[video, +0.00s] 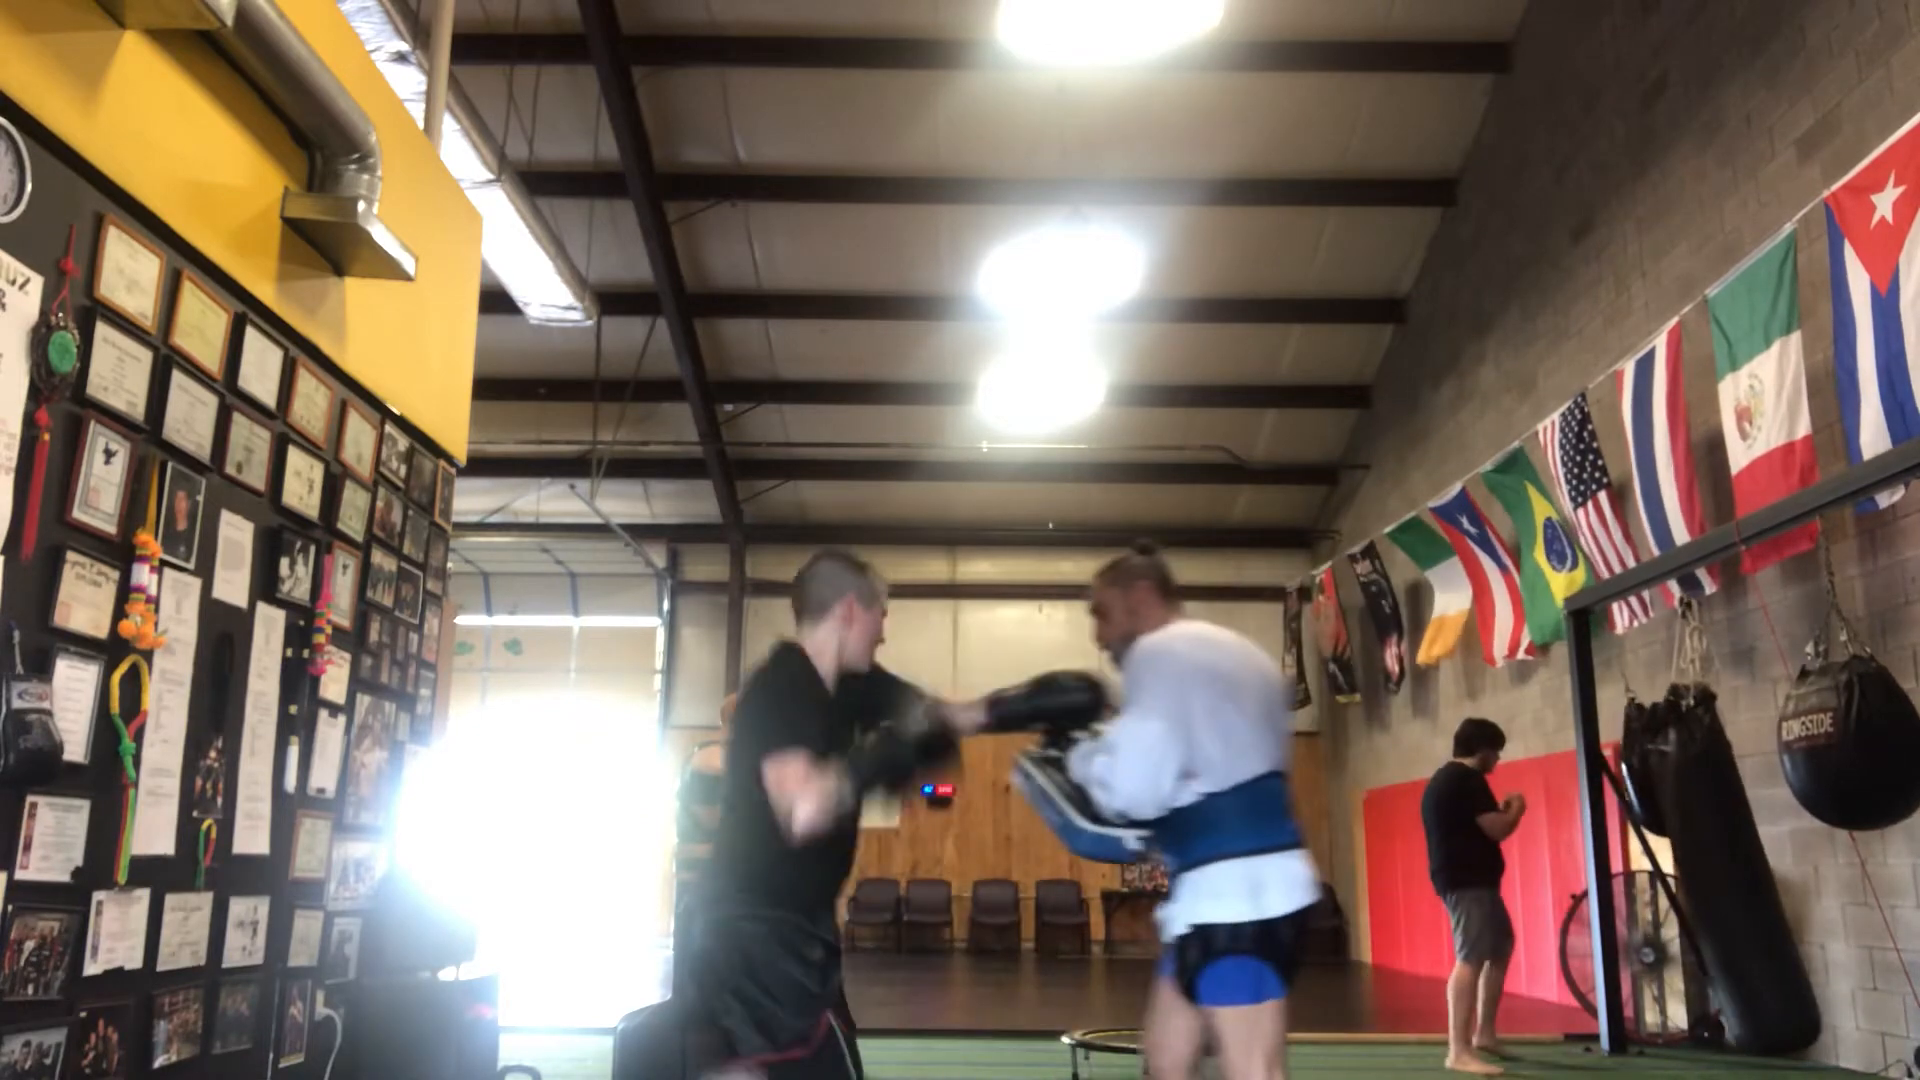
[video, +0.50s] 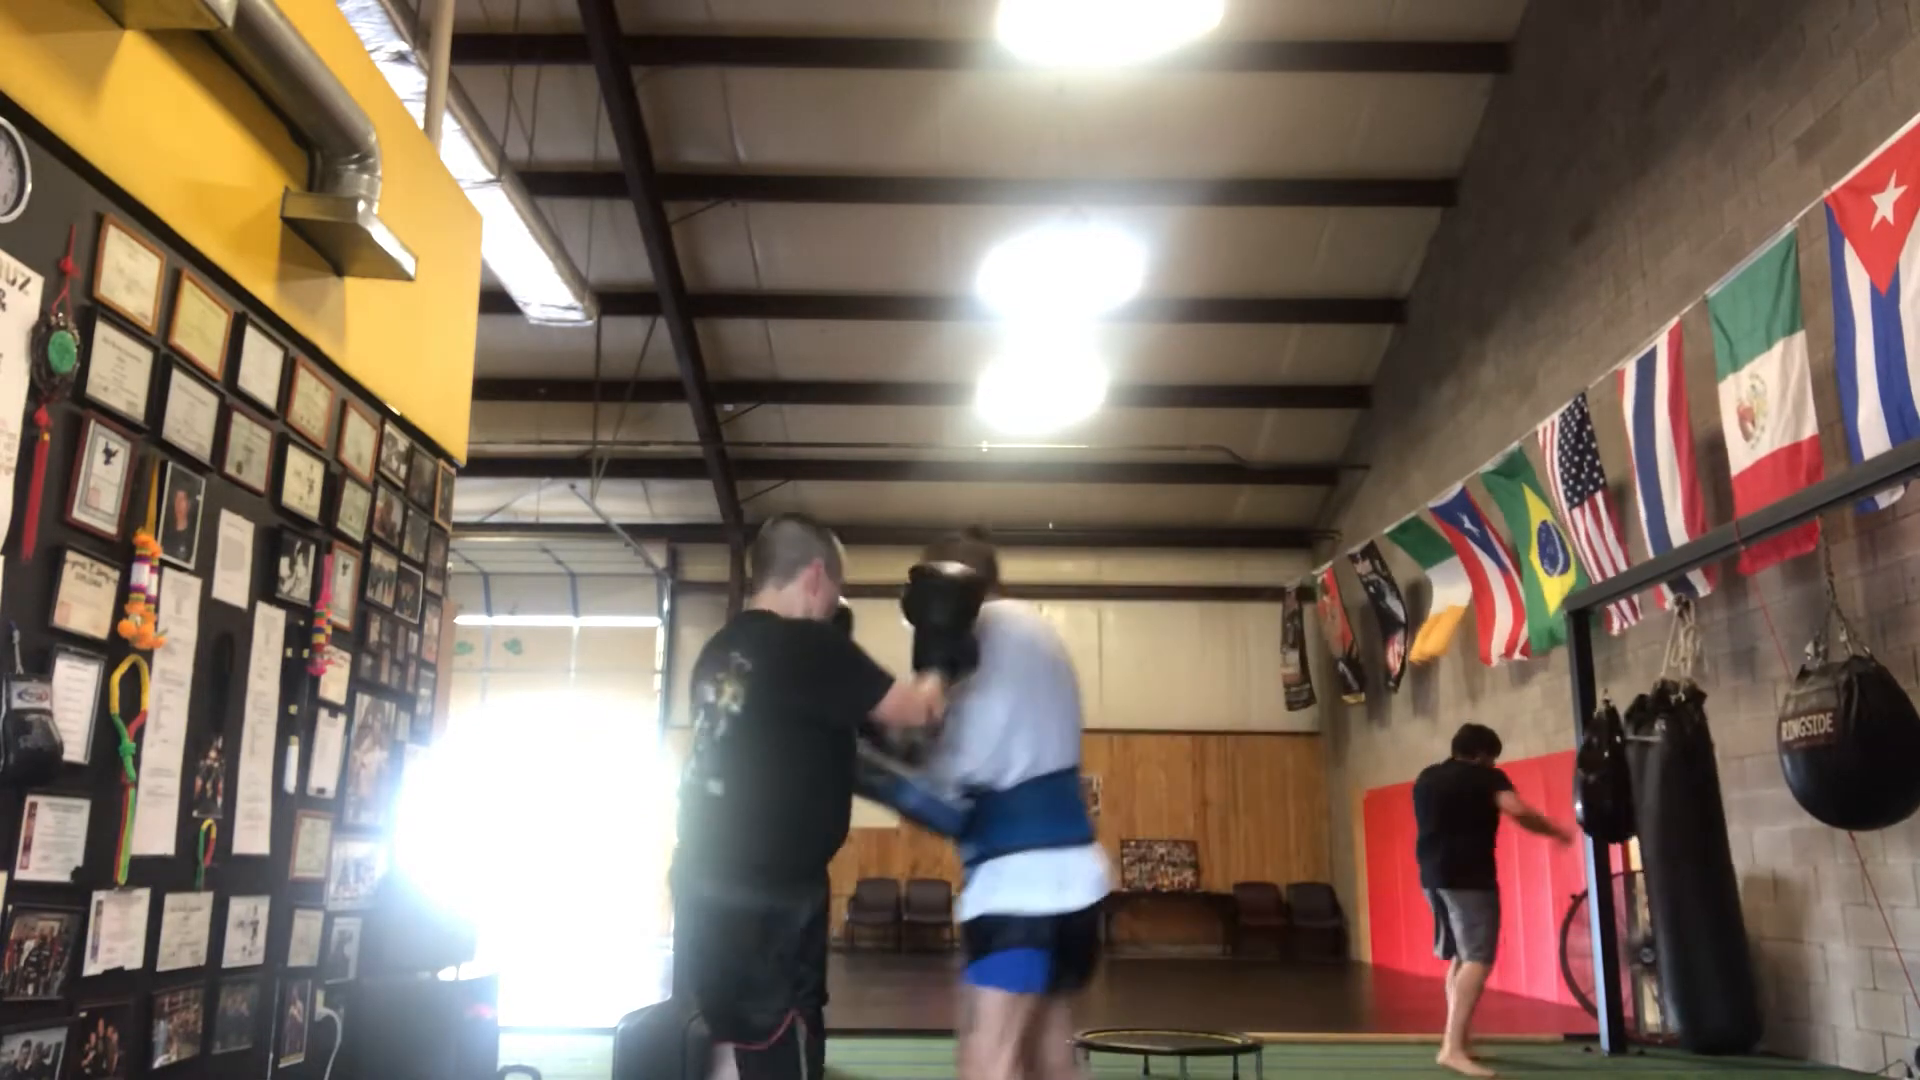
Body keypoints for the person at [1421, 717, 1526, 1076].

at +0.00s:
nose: (1497, 761)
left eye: (1498, 754)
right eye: (1495, 753)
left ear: (1462, 747)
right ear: (1481, 750)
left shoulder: (1444, 780)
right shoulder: (1465, 780)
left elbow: (1481, 829)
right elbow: (1496, 829)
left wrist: (1506, 812)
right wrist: (1514, 810)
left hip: (1472, 882)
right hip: (1467, 883)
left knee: (1501, 946)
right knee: (1471, 958)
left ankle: (1484, 1035)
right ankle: (1458, 1052)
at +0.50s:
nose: (1492, 764)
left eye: (1493, 759)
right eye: (1492, 759)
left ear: (1455, 751)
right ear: (1483, 755)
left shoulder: (1427, 777)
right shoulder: (1489, 776)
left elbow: (1431, 825)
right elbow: (1519, 813)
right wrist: (1556, 831)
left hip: (1433, 879)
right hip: (1470, 877)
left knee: (1459, 957)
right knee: (1477, 958)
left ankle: (1456, 1040)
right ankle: (1452, 1049)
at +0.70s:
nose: (1492, 761)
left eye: (1493, 756)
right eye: (1492, 756)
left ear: (1457, 746)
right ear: (1483, 752)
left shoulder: (1426, 776)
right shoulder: (1485, 773)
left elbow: (1408, 824)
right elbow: (1532, 805)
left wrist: (1443, 815)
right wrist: (1561, 796)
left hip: (1437, 881)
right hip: (1463, 883)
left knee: (1467, 960)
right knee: (1470, 962)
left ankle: (1461, 1040)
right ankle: (1448, 1055)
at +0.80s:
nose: (1492, 761)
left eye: (1494, 757)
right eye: (1492, 756)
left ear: (1459, 746)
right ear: (1482, 750)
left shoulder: (1438, 773)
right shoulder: (1472, 773)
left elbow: (1414, 816)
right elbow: (1512, 804)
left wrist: (1450, 811)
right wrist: (1512, 785)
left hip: (1444, 881)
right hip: (1457, 882)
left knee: (1476, 960)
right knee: (1465, 964)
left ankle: (1463, 1034)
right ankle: (1447, 1055)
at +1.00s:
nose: (1489, 762)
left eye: (1491, 756)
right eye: (1488, 754)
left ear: (1465, 745)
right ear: (1474, 748)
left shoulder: (1463, 777)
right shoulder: (1442, 770)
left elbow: (1490, 808)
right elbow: (1473, 810)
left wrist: (1531, 805)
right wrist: (1496, 791)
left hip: (1467, 881)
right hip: (1444, 883)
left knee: (1471, 961)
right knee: (1460, 963)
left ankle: (1460, 1040)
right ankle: (1446, 1054)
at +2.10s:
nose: (1506, 763)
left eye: (1508, 758)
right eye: (1506, 757)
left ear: (1473, 748)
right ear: (1495, 752)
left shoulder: (1453, 776)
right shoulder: (1485, 772)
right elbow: (1515, 817)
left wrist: (1516, 799)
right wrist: (1530, 800)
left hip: (1462, 880)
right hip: (1486, 878)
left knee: (1488, 960)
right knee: (1505, 954)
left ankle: (1485, 1043)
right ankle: (1483, 1044)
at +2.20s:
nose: (1510, 762)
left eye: (1511, 757)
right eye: (1510, 757)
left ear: (1475, 748)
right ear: (1501, 752)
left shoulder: (1450, 775)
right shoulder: (1495, 768)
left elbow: (1468, 821)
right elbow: (1520, 807)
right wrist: (1547, 820)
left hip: (1459, 879)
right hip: (1491, 877)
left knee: (1486, 961)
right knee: (1511, 956)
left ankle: (1486, 1041)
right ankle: (1484, 1043)